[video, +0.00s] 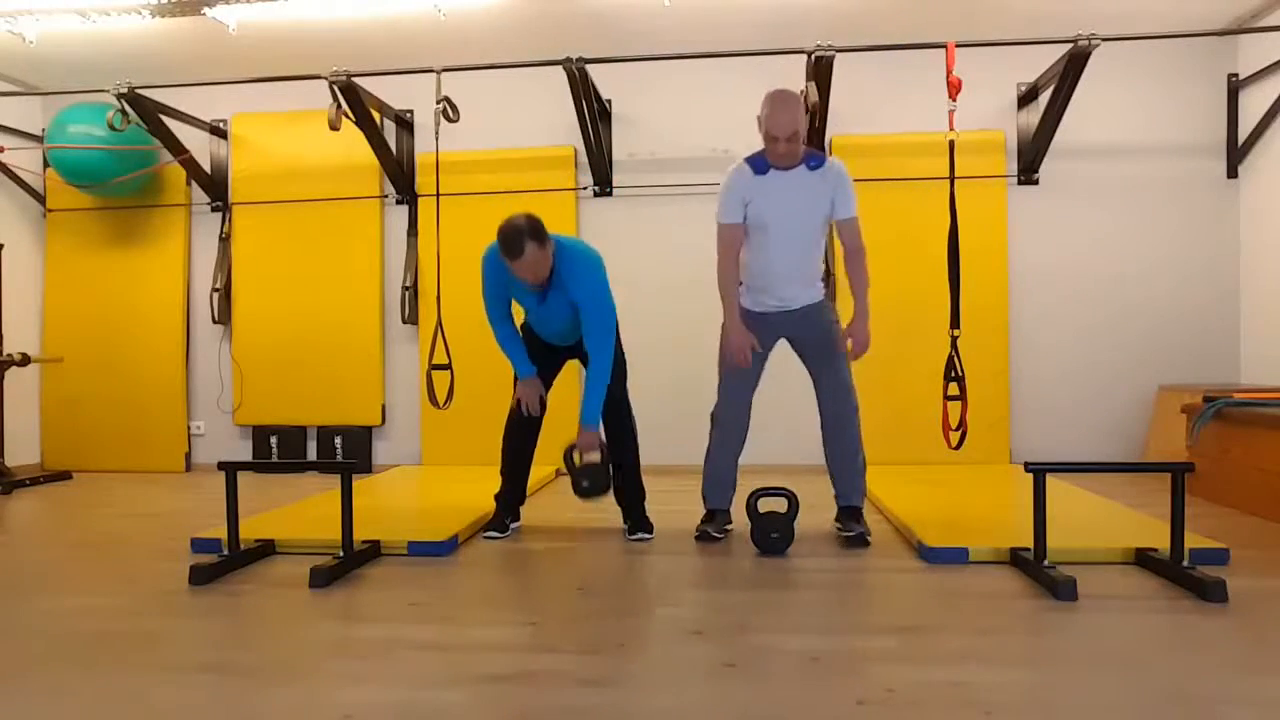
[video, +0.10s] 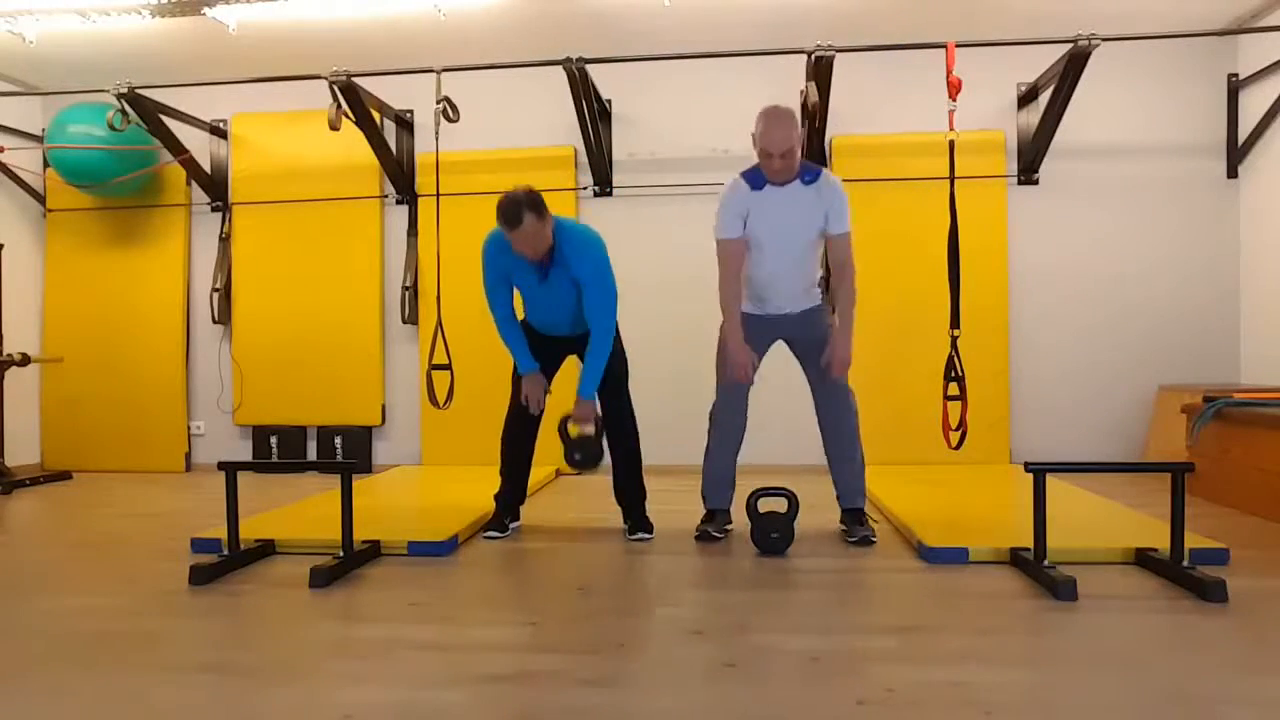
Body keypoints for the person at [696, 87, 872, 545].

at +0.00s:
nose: (785, 146)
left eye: (793, 137)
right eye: (776, 138)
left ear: (805, 129)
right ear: (760, 129)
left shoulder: (831, 174)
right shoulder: (741, 179)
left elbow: (852, 247)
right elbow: (727, 254)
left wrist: (860, 315)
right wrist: (731, 321)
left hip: (812, 311)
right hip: (752, 313)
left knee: (841, 404)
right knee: (729, 409)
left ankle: (850, 509)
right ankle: (717, 510)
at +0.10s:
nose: (777, 164)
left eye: (785, 154)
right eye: (767, 154)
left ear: (800, 143)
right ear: (754, 145)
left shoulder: (828, 190)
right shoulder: (738, 194)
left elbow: (843, 267)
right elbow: (729, 273)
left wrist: (843, 333)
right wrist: (733, 340)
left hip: (809, 315)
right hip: (749, 317)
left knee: (838, 403)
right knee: (728, 405)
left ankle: (853, 509)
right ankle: (716, 509)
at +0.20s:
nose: (776, 183)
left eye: (785, 172)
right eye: (766, 173)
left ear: (800, 161)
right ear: (753, 164)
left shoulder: (828, 207)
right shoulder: (737, 215)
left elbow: (836, 285)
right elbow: (731, 294)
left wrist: (832, 349)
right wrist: (737, 356)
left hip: (809, 318)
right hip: (751, 320)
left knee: (839, 393)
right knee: (728, 399)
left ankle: (853, 510)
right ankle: (717, 510)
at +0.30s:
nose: (777, 203)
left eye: (786, 194)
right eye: (767, 195)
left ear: (801, 182)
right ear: (754, 184)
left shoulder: (829, 221)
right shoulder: (738, 227)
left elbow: (833, 304)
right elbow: (734, 309)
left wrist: (820, 374)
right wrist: (740, 374)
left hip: (809, 322)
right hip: (752, 324)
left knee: (840, 394)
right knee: (727, 399)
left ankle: (853, 510)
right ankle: (716, 509)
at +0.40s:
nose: (777, 220)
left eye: (786, 210)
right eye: (768, 211)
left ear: (801, 197)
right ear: (755, 198)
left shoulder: (828, 237)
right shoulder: (737, 241)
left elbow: (829, 317)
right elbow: (735, 319)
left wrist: (813, 388)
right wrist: (742, 385)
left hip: (808, 328)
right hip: (753, 329)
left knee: (840, 396)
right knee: (727, 400)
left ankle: (853, 510)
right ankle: (712, 508)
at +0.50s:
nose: (775, 236)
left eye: (784, 226)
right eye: (766, 227)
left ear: (799, 211)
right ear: (753, 211)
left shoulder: (825, 250)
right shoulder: (734, 254)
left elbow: (826, 331)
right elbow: (736, 332)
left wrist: (809, 403)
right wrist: (745, 397)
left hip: (809, 333)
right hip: (754, 334)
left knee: (840, 395)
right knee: (726, 401)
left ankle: (853, 510)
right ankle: (715, 508)